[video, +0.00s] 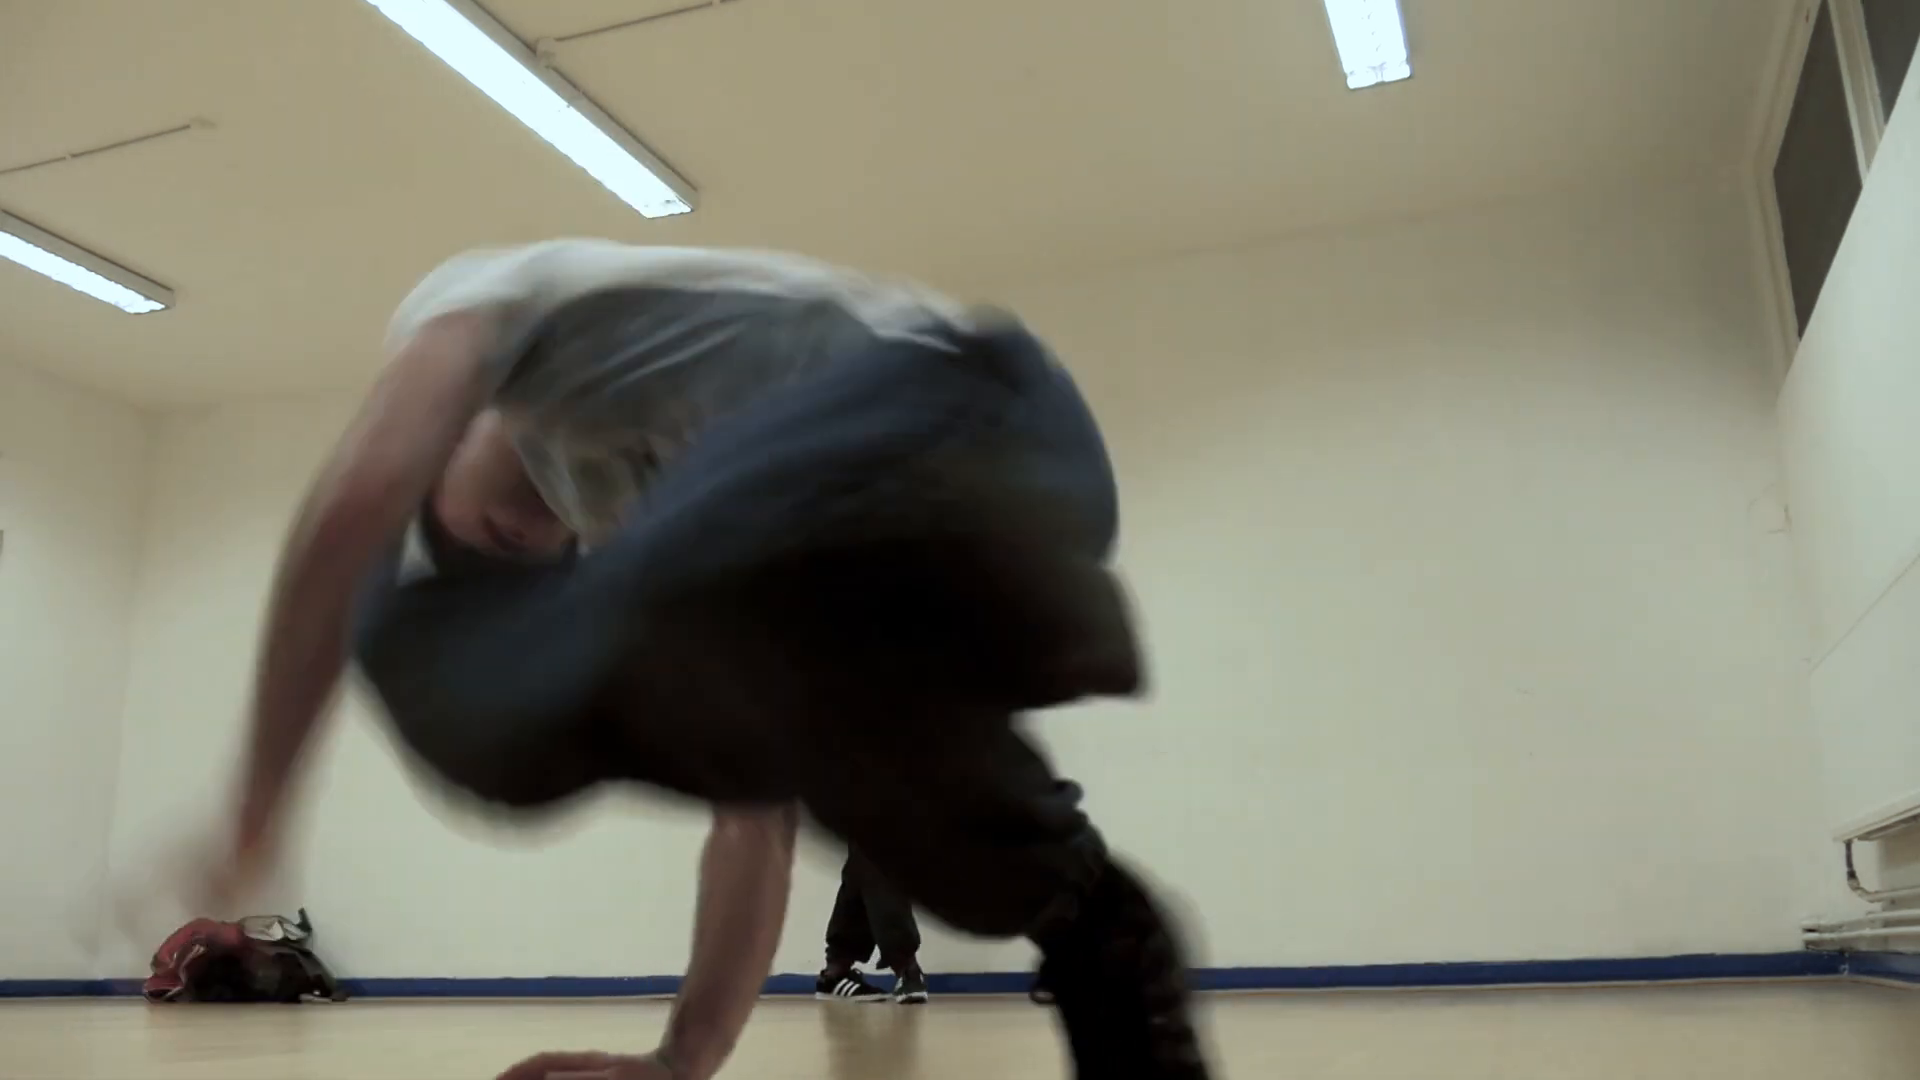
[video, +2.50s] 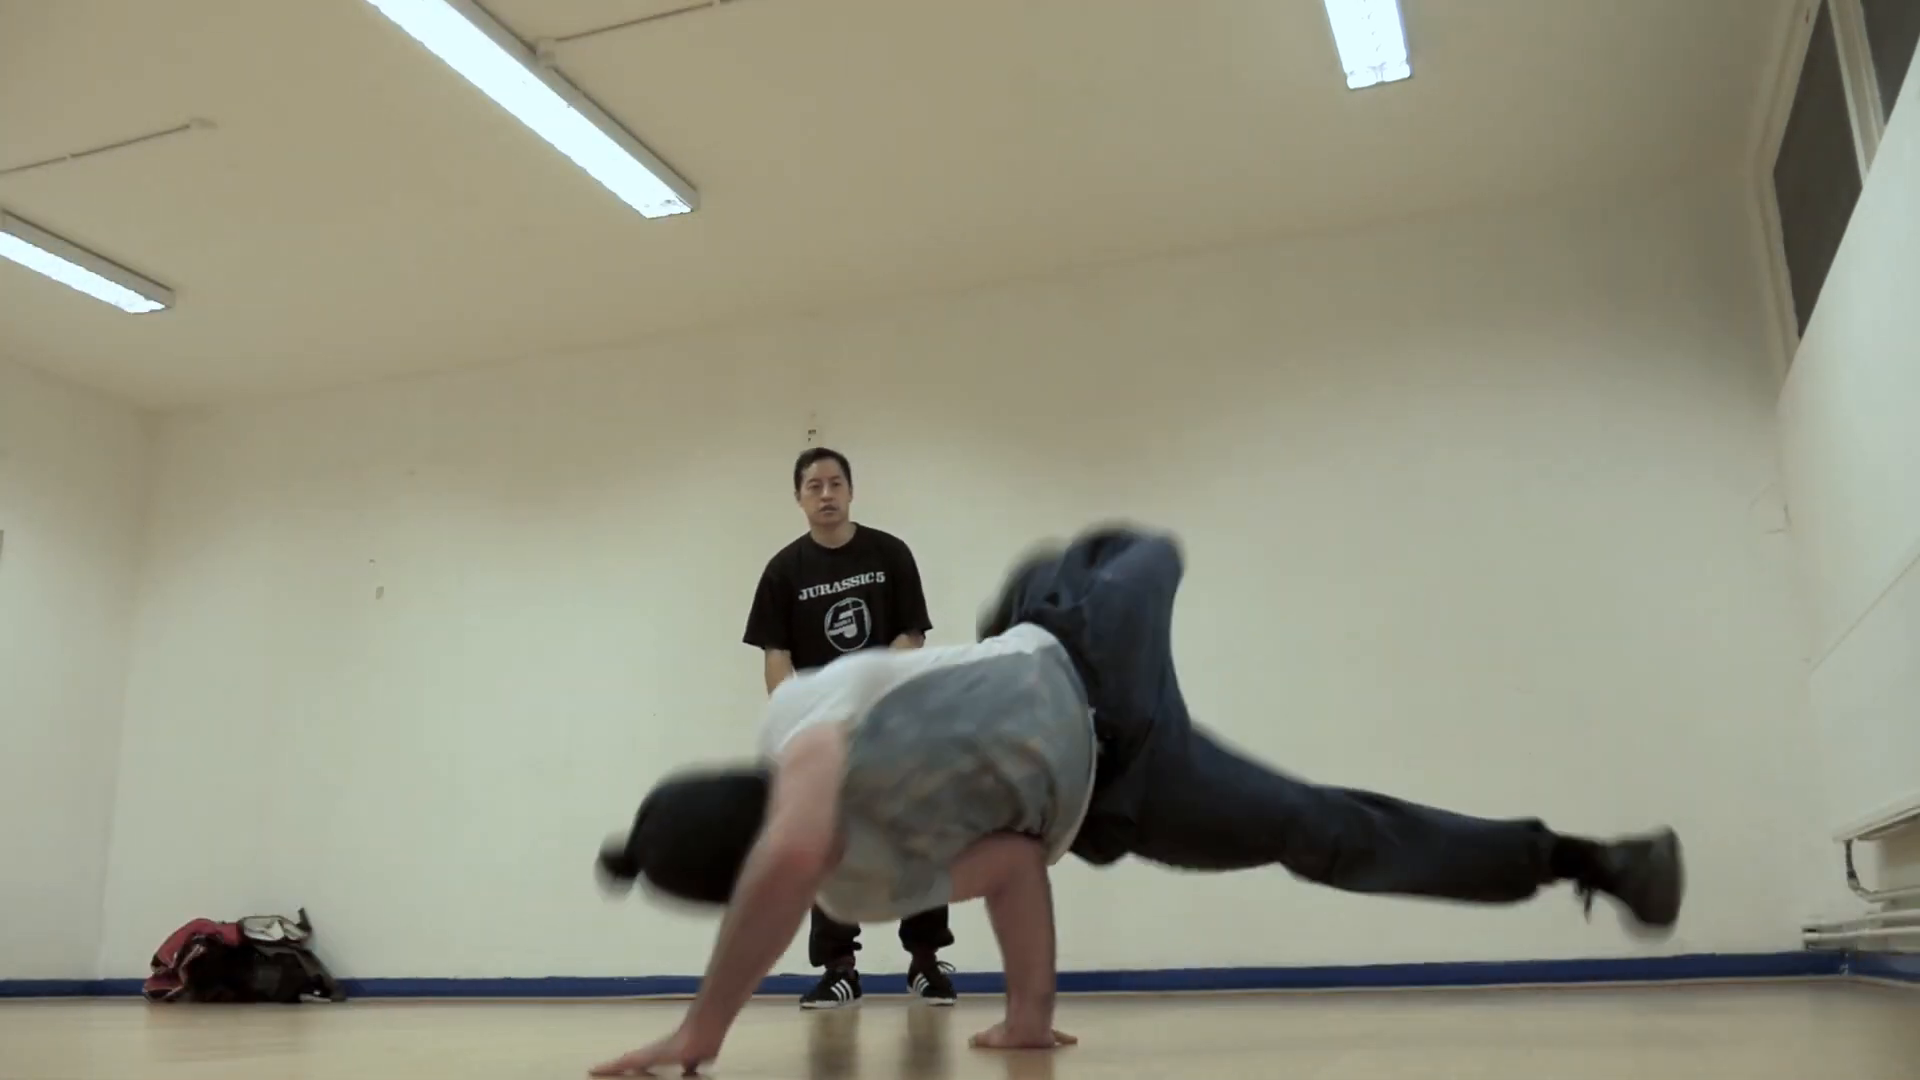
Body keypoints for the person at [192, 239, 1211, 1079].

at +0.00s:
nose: (500, 547)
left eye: (475, 540)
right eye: (500, 553)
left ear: (442, 447)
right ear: (539, 529)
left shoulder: (491, 304)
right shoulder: (667, 525)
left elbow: (346, 522)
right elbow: (757, 816)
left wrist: (250, 840)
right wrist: (689, 1056)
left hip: (944, 403)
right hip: (1051, 540)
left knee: (487, 697)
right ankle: (1095, 928)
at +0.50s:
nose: (625, 29)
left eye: (659, 1)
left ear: (705, 18)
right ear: (517, 17)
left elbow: (912, 549)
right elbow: (133, 514)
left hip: (673, 716)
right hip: (431, 708)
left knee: (1060, 596)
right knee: (929, 590)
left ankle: (964, 1001)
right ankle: (524, 978)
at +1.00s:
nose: (54, 437)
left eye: (21, 397)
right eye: (26, 444)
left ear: (40, 303)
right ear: (64, 415)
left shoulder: (166, 196)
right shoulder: (252, 494)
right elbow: (305, 804)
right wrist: (215, 1069)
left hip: (693, 321)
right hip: (839, 399)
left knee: (442, 811)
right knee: (1177, 702)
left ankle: (807, 943)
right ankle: (1816, 815)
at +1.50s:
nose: (546, 354)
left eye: (546, 313)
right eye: (505, 334)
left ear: (544, 299)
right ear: (409, 353)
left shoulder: (617, 378)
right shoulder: (332, 574)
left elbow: (770, 346)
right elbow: (378, 852)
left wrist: (907, 276)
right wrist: (235, 1059)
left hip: (825, 760)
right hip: (734, 961)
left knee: (1151, 641)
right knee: (1141, 1049)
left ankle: (1588, 583)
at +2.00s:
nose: (694, 829)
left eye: (680, 808)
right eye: (680, 816)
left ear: (685, 761)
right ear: (752, 706)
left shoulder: (721, 723)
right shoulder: (871, 695)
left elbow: (701, 841)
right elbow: (1014, 808)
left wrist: (691, 1035)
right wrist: (1041, 1007)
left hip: (1000, 801)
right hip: (1077, 682)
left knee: (1258, 1021)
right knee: (1355, 777)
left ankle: (1559, 961)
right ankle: (1477, 818)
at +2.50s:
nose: (718, 901)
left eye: (702, 888)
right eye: (705, 898)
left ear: (713, 830)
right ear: (744, 869)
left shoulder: (806, 725)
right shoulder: (859, 887)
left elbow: (789, 864)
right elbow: (1012, 872)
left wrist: (699, 1038)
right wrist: (1033, 1017)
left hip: (1074, 650)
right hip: (1115, 783)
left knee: (1144, 565)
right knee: (1338, 837)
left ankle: (1058, 573)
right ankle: (1589, 860)